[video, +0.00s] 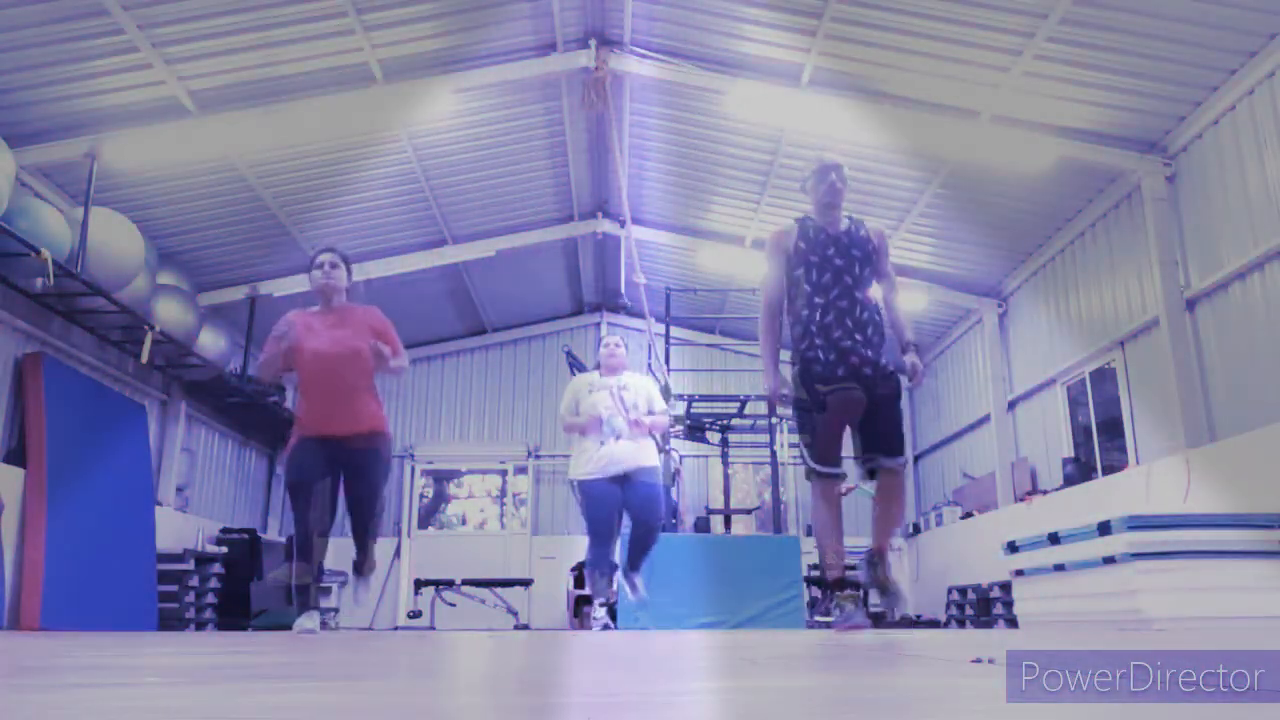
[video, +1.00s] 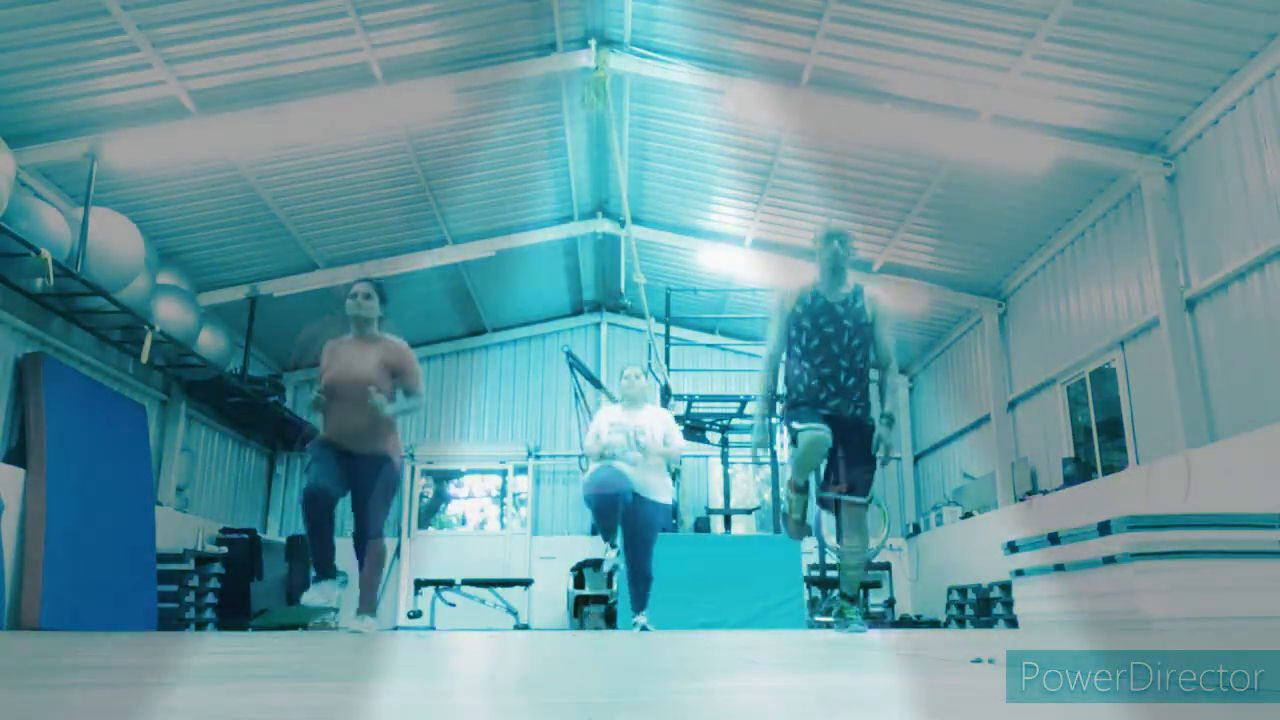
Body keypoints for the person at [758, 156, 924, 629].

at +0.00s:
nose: (833, 183)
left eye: (839, 178)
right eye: (824, 178)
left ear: (847, 188)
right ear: (808, 189)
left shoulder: (871, 237)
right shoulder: (787, 238)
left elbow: (891, 298)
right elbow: (771, 307)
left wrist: (907, 345)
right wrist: (771, 371)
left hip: (875, 361)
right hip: (818, 363)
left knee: (891, 468)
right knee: (827, 479)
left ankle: (879, 562)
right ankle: (838, 592)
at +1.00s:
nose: (836, 249)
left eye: (842, 243)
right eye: (829, 243)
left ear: (851, 253)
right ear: (817, 251)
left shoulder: (869, 302)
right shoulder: (792, 300)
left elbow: (887, 364)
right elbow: (772, 358)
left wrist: (889, 417)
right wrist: (762, 414)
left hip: (854, 411)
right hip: (805, 404)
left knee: (854, 510)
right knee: (816, 439)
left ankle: (850, 605)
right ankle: (797, 492)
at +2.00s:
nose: (813, 249)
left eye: (819, 243)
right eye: (806, 243)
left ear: (826, 252)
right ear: (794, 251)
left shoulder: (842, 297)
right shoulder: (772, 295)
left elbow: (863, 349)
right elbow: (751, 347)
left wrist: (871, 395)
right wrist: (766, 387)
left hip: (839, 404)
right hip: (790, 406)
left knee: (851, 475)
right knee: (795, 499)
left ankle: (849, 578)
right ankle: (800, 594)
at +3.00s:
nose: (814, 255)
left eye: (820, 250)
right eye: (807, 250)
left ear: (828, 260)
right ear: (795, 259)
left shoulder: (846, 309)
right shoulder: (778, 305)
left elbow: (875, 360)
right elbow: (759, 366)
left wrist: (888, 406)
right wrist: (750, 423)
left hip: (849, 420)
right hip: (802, 420)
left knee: (848, 516)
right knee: (805, 510)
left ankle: (848, 602)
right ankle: (810, 605)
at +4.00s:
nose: (861, 203)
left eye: (869, 198)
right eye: (853, 197)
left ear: (878, 210)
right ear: (838, 209)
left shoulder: (896, 258)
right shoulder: (814, 257)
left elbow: (916, 319)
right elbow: (792, 323)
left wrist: (920, 373)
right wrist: (782, 384)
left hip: (883, 377)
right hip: (831, 371)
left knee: (884, 488)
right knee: (845, 416)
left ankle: (884, 599)